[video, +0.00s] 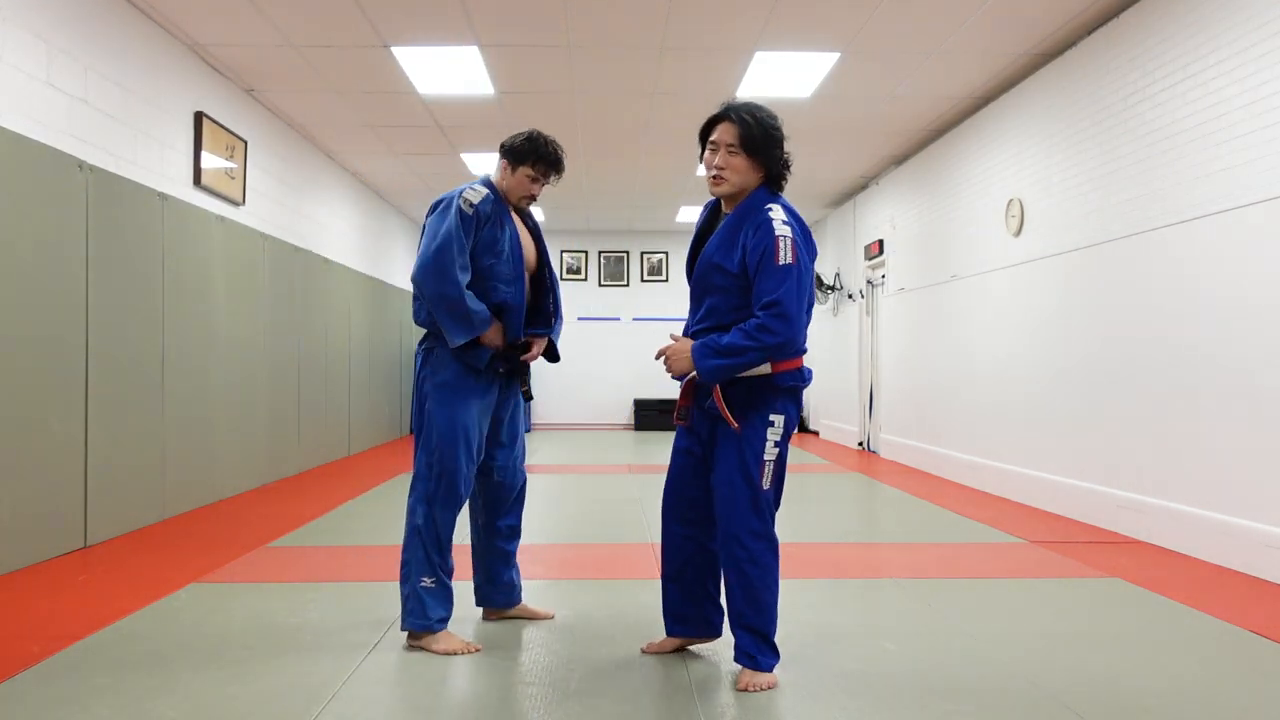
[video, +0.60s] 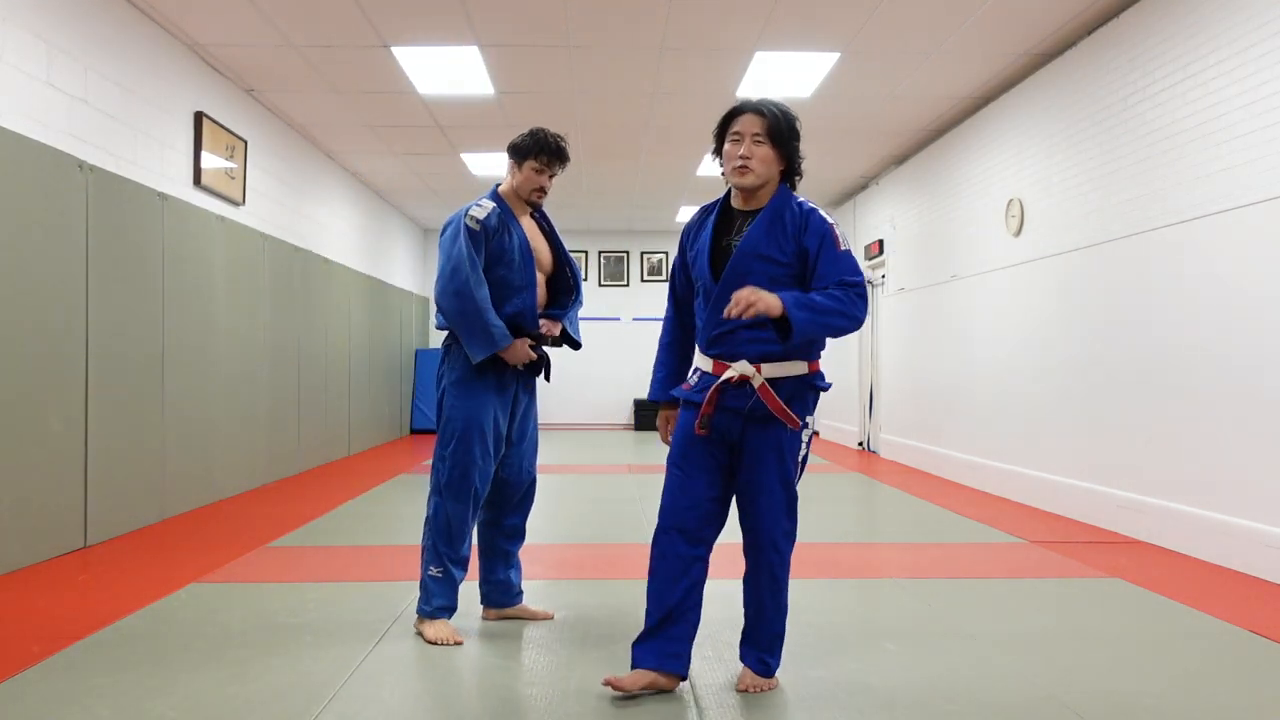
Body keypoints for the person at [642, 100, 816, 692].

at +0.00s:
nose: (714, 159)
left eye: (730, 150)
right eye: (710, 149)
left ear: (763, 161)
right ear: (706, 156)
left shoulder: (777, 224)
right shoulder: (722, 221)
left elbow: (782, 326)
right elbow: (722, 308)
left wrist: (699, 354)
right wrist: (689, 346)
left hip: (760, 394)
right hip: (709, 389)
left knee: (745, 523)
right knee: (686, 509)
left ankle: (758, 657)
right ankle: (693, 624)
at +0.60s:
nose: (743, 150)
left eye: (758, 141)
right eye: (734, 139)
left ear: (784, 157)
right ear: (720, 153)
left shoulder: (806, 223)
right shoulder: (701, 227)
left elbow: (851, 303)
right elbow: (680, 319)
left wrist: (782, 303)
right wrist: (666, 395)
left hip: (779, 394)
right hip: (708, 390)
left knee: (766, 538)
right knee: (679, 529)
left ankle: (760, 660)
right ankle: (661, 663)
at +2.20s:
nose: (690, 122)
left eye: (702, 112)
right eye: (676, 114)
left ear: (726, 129)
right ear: (656, 135)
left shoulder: (762, 196)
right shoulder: (635, 223)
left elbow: (802, 252)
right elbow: (615, 322)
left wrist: (807, 324)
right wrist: (611, 413)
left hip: (757, 390)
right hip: (671, 399)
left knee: (774, 542)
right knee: (672, 562)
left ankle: (788, 652)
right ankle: (679, 709)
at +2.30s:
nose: (706, 132)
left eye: (719, 122)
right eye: (694, 123)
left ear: (744, 141)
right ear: (676, 144)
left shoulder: (778, 211)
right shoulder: (654, 228)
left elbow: (816, 304)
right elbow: (631, 323)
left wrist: (833, 398)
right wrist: (625, 409)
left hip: (769, 399)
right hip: (685, 403)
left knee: (777, 543)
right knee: (679, 561)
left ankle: (781, 652)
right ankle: (680, 708)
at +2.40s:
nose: (714, 144)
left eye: (729, 134)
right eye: (705, 135)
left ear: (759, 150)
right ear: (692, 152)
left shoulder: (796, 227)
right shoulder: (672, 233)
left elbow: (827, 330)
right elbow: (650, 324)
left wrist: (828, 428)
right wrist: (642, 408)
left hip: (783, 410)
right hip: (699, 409)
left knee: (779, 551)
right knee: (688, 556)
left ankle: (773, 659)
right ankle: (688, 702)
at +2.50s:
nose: (720, 151)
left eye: (736, 142)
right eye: (715, 143)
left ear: (771, 156)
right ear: (709, 157)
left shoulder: (811, 234)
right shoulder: (686, 234)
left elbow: (842, 332)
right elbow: (665, 327)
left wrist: (842, 424)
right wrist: (662, 411)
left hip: (787, 409)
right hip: (705, 408)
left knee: (781, 549)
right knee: (700, 547)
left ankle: (774, 662)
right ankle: (694, 688)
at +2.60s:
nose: (729, 150)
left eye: (745, 140)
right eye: (727, 140)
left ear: (781, 154)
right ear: (723, 153)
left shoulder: (818, 231)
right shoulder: (695, 231)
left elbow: (855, 327)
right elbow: (674, 319)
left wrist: (864, 419)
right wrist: (671, 402)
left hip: (787, 406)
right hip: (709, 402)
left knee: (781, 541)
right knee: (695, 535)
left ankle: (775, 661)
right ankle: (698, 674)